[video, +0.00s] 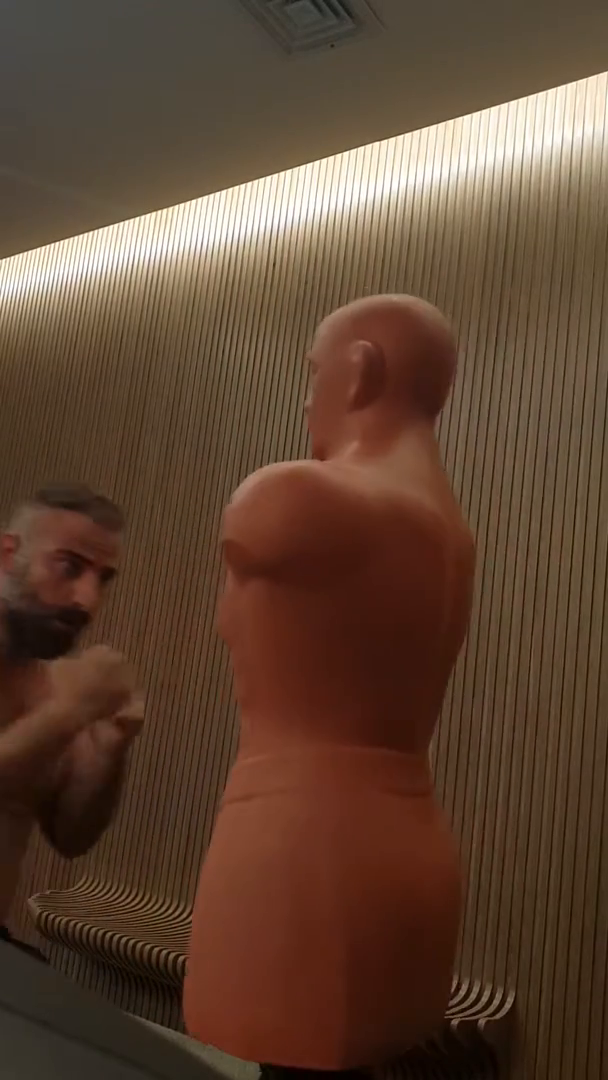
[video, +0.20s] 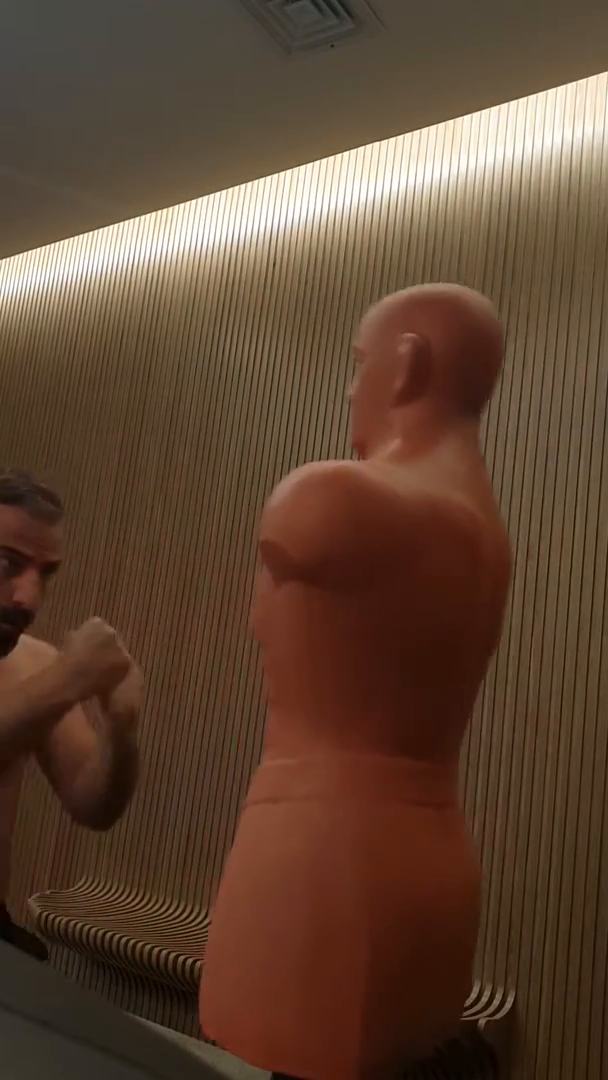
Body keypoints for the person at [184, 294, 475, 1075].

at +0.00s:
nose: (308, 401)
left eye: (315, 372)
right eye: (310, 374)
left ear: (360, 374)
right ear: (437, 398)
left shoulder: (287, 501)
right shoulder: (451, 535)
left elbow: (233, 625)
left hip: (297, 858)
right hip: (408, 845)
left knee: (261, 1062)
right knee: (368, 1060)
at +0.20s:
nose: (349, 390)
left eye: (359, 364)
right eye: (353, 366)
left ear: (410, 367)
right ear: (473, 391)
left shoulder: (327, 502)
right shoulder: (484, 536)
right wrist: (283, 610)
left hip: (318, 868)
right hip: (428, 856)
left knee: (274, 1065)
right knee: (390, 1064)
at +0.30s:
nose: (385, 394)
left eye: (395, 371)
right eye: (389, 372)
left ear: (442, 375)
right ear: (512, 402)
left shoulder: (358, 504)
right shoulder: (513, 547)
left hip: (336, 868)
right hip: (444, 859)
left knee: (282, 1063)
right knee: (403, 1064)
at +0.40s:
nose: (390, 404)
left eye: (400, 380)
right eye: (393, 381)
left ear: (447, 384)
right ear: (516, 410)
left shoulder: (364, 505)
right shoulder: (515, 549)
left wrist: (406, 472)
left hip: (343, 858)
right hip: (446, 852)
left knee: (313, 1063)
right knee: (400, 1065)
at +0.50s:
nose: (399, 387)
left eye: (413, 361)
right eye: (406, 362)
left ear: (464, 368)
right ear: (530, 391)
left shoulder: (367, 506)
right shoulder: (524, 543)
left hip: (338, 880)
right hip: (447, 869)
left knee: (288, 1066)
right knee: (397, 1067)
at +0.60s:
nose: (393, 360)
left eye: (410, 331)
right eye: (401, 334)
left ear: (470, 339)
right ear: (544, 363)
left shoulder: (360, 512)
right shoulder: (541, 537)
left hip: (334, 900)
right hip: (451, 888)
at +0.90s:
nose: (330, 420)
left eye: (337, 396)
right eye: (331, 399)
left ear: (382, 392)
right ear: (450, 416)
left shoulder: (308, 505)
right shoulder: (464, 547)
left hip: (309, 848)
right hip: (417, 837)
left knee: (291, 1061)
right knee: (381, 1061)